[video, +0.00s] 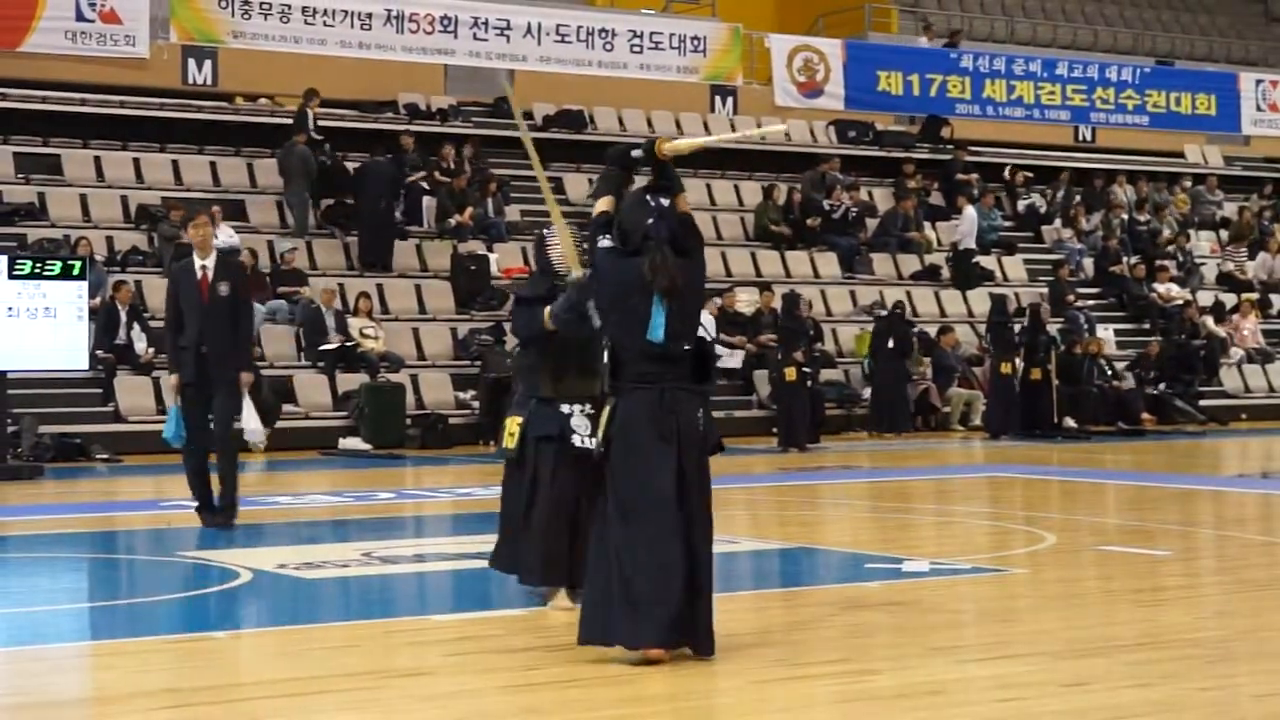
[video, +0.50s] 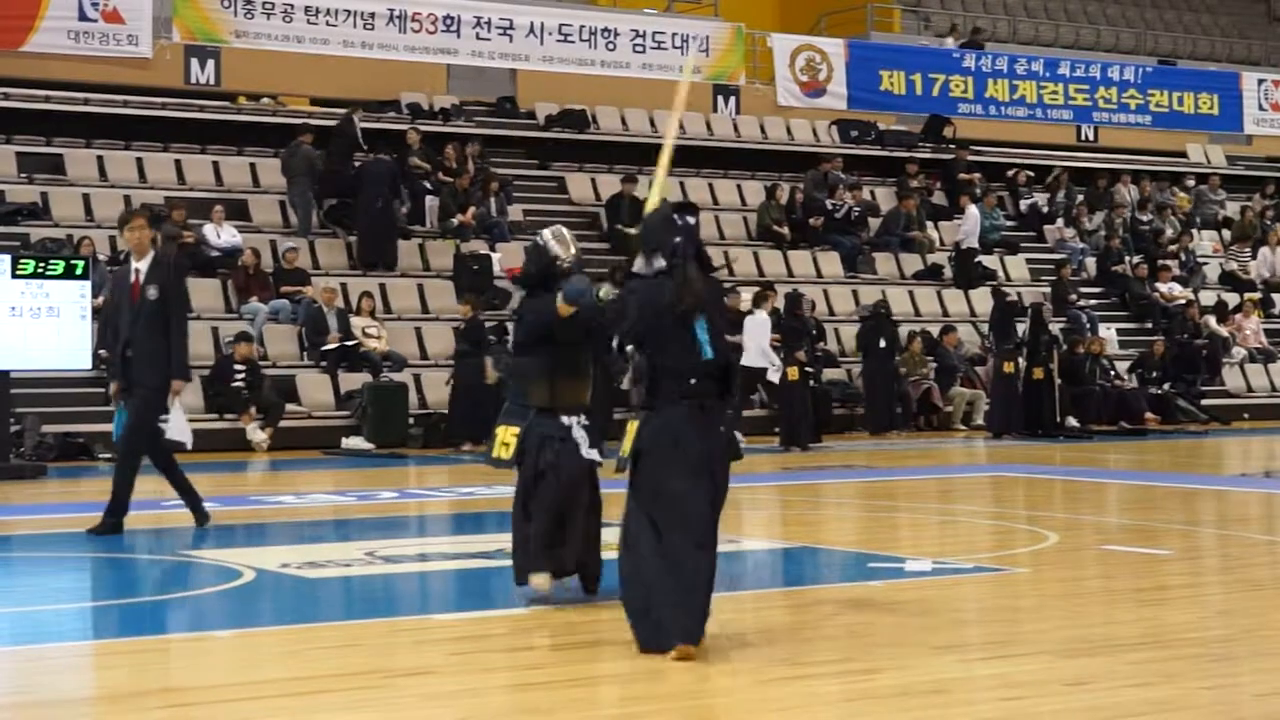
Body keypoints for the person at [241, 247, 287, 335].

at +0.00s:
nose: (242, 259)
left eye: (246, 256)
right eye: (241, 256)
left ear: (253, 260)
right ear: (239, 258)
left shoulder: (260, 275)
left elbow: (267, 292)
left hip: (261, 302)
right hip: (246, 304)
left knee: (281, 305)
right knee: (259, 310)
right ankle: (253, 341)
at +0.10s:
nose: (242, 259)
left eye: (246, 256)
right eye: (242, 256)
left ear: (254, 260)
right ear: (240, 258)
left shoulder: (261, 275)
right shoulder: (238, 274)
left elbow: (268, 293)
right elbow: (235, 292)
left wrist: (256, 298)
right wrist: (244, 300)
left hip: (262, 303)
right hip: (244, 304)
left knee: (282, 305)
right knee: (260, 310)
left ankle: (282, 338)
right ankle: (252, 341)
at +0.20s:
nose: (242, 259)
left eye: (246, 256)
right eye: (242, 256)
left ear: (254, 260)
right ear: (240, 257)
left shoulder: (261, 275)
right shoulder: (238, 274)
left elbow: (268, 293)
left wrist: (257, 298)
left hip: (262, 303)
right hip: (243, 305)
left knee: (283, 305)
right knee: (261, 310)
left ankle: (282, 337)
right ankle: (252, 339)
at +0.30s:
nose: (243, 258)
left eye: (246, 255)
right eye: (243, 255)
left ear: (255, 259)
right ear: (241, 258)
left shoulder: (262, 274)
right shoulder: (238, 272)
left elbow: (270, 294)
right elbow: (239, 286)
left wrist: (257, 298)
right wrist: (240, 267)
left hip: (263, 303)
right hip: (244, 304)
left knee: (284, 304)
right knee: (262, 310)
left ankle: (283, 336)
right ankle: (253, 341)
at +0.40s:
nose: (244, 258)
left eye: (247, 255)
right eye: (243, 255)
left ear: (256, 259)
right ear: (242, 258)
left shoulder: (262, 274)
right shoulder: (238, 272)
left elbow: (270, 294)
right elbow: (240, 286)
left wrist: (258, 297)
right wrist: (241, 267)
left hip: (264, 303)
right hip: (246, 303)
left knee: (284, 304)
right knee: (263, 310)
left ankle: (283, 336)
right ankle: (254, 341)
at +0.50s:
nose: (244, 258)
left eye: (248, 256)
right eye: (244, 255)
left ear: (256, 260)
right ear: (242, 258)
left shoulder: (263, 274)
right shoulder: (239, 272)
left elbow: (271, 294)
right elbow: (240, 286)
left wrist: (259, 298)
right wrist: (242, 267)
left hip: (265, 303)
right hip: (245, 304)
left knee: (285, 304)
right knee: (263, 310)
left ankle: (283, 337)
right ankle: (255, 342)